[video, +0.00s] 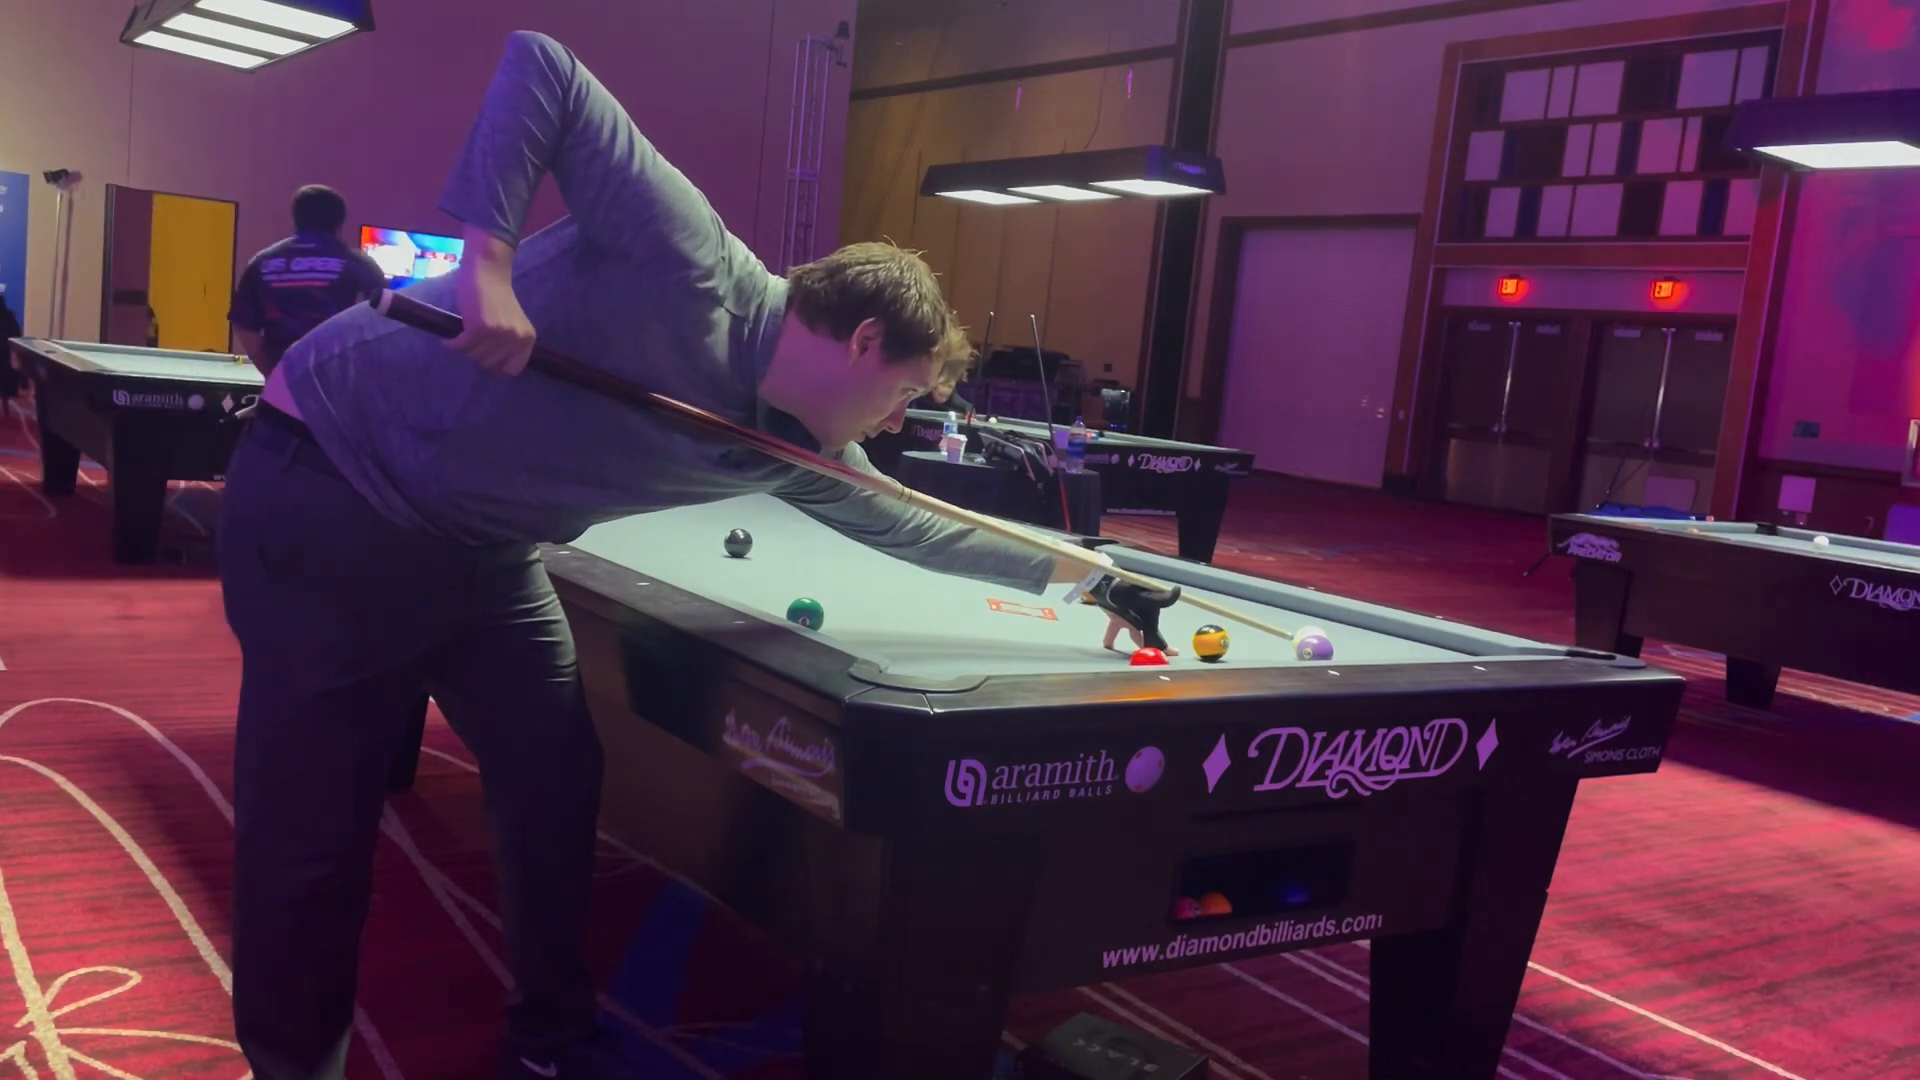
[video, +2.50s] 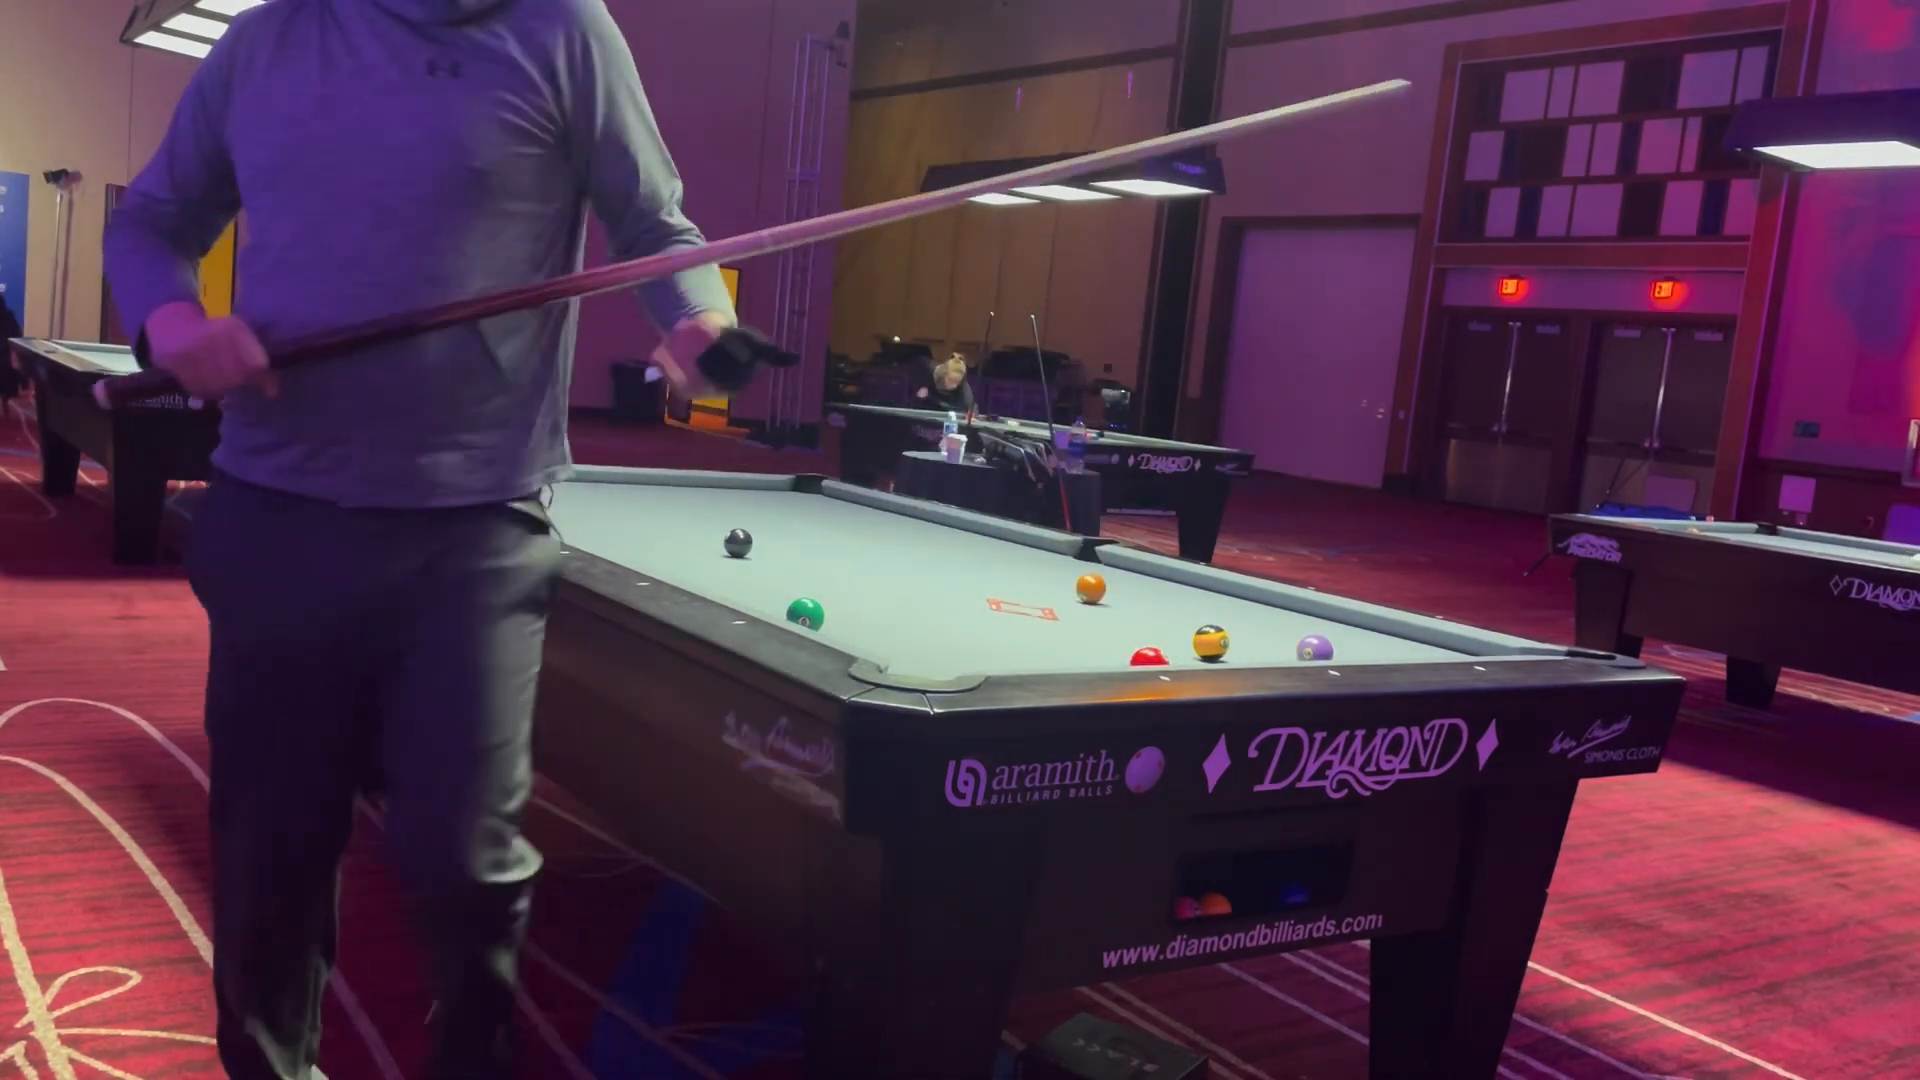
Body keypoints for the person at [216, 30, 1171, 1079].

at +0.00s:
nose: (891, 430)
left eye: (909, 412)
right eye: (903, 400)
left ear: (853, 349)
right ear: (857, 340)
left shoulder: (784, 439)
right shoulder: (685, 250)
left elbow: (909, 525)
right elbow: (541, 70)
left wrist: (1062, 563)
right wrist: (481, 256)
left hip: (484, 530)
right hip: (333, 473)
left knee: (552, 764)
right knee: (313, 818)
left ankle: (548, 1032)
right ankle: (294, 1056)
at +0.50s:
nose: (891, 431)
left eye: (909, 411)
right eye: (903, 400)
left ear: (853, 347)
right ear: (860, 340)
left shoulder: (783, 437)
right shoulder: (682, 252)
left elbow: (911, 526)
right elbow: (536, 71)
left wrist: (1067, 563)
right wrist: (414, 229)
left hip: (485, 536)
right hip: (331, 478)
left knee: (553, 763)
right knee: (311, 826)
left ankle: (547, 1033)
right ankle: (294, 1056)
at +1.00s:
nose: (901, 418)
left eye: (915, 400)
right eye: (911, 389)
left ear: (856, 338)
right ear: (865, 327)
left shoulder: (783, 432)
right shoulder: (688, 264)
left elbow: (911, 525)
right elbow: (488, 129)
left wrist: (1066, 563)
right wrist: (530, 335)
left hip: (484, 530)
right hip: (335, 479)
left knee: (556, 766)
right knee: (315, 814)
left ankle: (549, 1029)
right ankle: (293, 1052)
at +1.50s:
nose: (860, 208)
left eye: (871, 186)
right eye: (850, 173)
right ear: (767, 126)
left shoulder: (762, 290)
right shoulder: (600, 159)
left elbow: (869, 367)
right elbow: (368, 180)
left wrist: (1010, 417)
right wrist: (497, 350)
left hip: (493, 526)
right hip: (346, 493)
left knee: (547, 771)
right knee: (352, 827)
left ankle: (550, 1037)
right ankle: (305, 1061)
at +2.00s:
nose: (702, 63)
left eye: (730, 37)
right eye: (682, 21)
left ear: (745, 44)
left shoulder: (677, 165)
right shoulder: (469, 96)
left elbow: (717, 261)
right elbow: (261, 227)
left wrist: (872, 294)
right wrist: (439, 352)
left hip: (520, 522)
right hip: (375, 514)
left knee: (551, 791)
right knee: (390, 805)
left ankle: (548, 1032)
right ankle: (317, 1060)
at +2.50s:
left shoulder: (564, 30)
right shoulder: (266, 38)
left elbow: (654, 218)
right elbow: (147, 220)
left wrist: (707, 325)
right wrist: (173, 320)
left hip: (480, 518)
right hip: (281, 510)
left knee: (466, 869)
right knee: (266, 868)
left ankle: (475, 1057)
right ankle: (267, 1062)